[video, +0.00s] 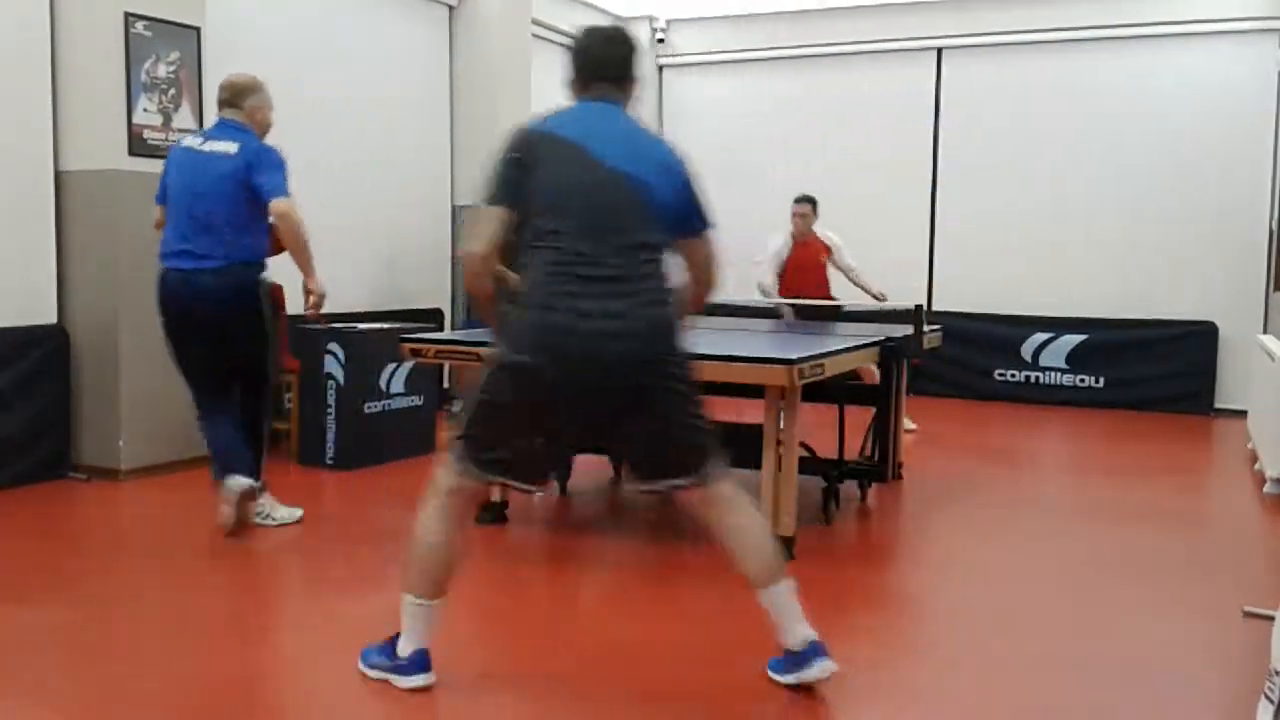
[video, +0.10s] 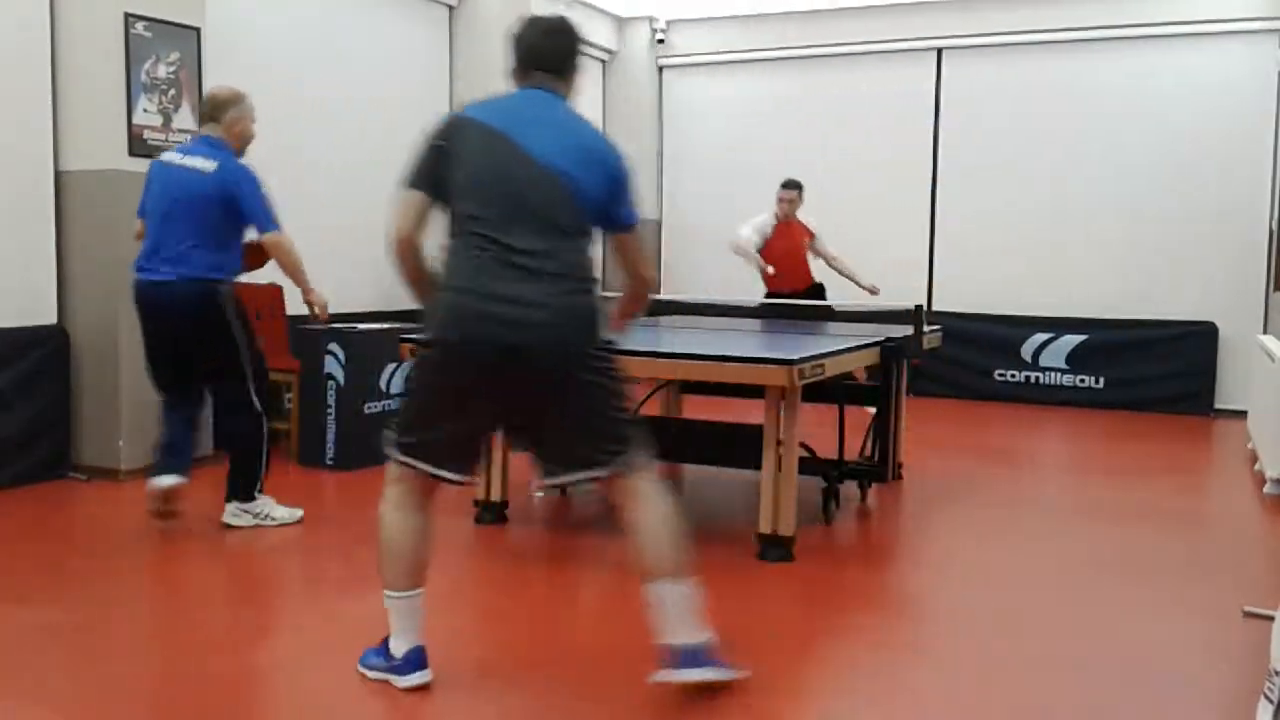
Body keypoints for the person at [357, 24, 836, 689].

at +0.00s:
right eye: (625, 77)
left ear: (571, 78)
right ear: (631, 82)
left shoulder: (534, 142)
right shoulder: (658, 155)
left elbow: (478, 262)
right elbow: (704, 277)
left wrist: (513, 325)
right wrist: (659, 322)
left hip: (543, 359)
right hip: (642, 360)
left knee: (453, 484)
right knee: (716, 488)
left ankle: (410, 649)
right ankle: (801, 640)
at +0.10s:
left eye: (525, 60)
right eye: (566, 67)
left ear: (514, 66)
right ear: (575, 73)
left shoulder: (463, 127)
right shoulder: (596, 149)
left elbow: (402, 239)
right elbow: (640, 275)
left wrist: (439, 302)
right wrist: (626, 309)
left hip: (466, 339)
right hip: (562, 345)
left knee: (407, 479)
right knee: (635, 473)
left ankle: (404, 650)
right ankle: (686, 642)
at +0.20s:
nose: (526, 68)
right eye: (529, 59)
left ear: (465, 51)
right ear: (525, 60)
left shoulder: (409, 106)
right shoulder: (546, 131)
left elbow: (354, 222)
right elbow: (572, 268)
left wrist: (390, 292)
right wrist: (564, 328)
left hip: (400, 311)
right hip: (498, 319)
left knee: (367, 459)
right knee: (544, 461)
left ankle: (373, 636)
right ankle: (527, 644)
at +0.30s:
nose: (483, 74)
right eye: (484, 64)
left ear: (418, 54)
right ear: (476, 63)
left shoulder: (360, 107)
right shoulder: (497, 131)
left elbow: (305, 224)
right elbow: (520, 270)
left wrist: (338, 294)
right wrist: (510, 345)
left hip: (350, 311)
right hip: (451, 321)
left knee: (296, 457)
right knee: (474, 480)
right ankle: (478, 667)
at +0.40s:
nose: (433, 95)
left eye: (426, 85)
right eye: (434, 85)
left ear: (369, 72)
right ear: (427, 84)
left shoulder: (306, 128)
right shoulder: (438, 152)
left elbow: (252, 242)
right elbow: (460, 293)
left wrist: (283, 316)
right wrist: (457, 363)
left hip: (283, 331)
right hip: (383, 338)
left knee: (217, 484)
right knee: (451, 487)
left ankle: (130, 647)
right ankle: (477, 666)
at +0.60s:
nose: (341, 90)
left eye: (339, 79)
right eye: (341, 79)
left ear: (275, 65)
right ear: (329, 75)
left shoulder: (207, 114)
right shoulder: (332, 135)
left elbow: (153, 234)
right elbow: (345, 260)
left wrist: (158, 312)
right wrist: (363, 371)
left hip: (163, 316)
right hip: (258, 321)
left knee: (155, 481)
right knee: (340, 483)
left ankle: (122, 658)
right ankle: (378, 674)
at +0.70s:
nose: (300, 62)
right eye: (300, 51)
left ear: (232, 41)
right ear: (291, 49)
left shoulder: (166, 97)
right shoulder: (295, 114)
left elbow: (102, 215)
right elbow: (309, 241)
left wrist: (99, 315)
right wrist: (326, 351)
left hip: (132, 311)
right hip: (222, 315)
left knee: (144, 479)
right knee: (277, 478)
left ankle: (122, 658)